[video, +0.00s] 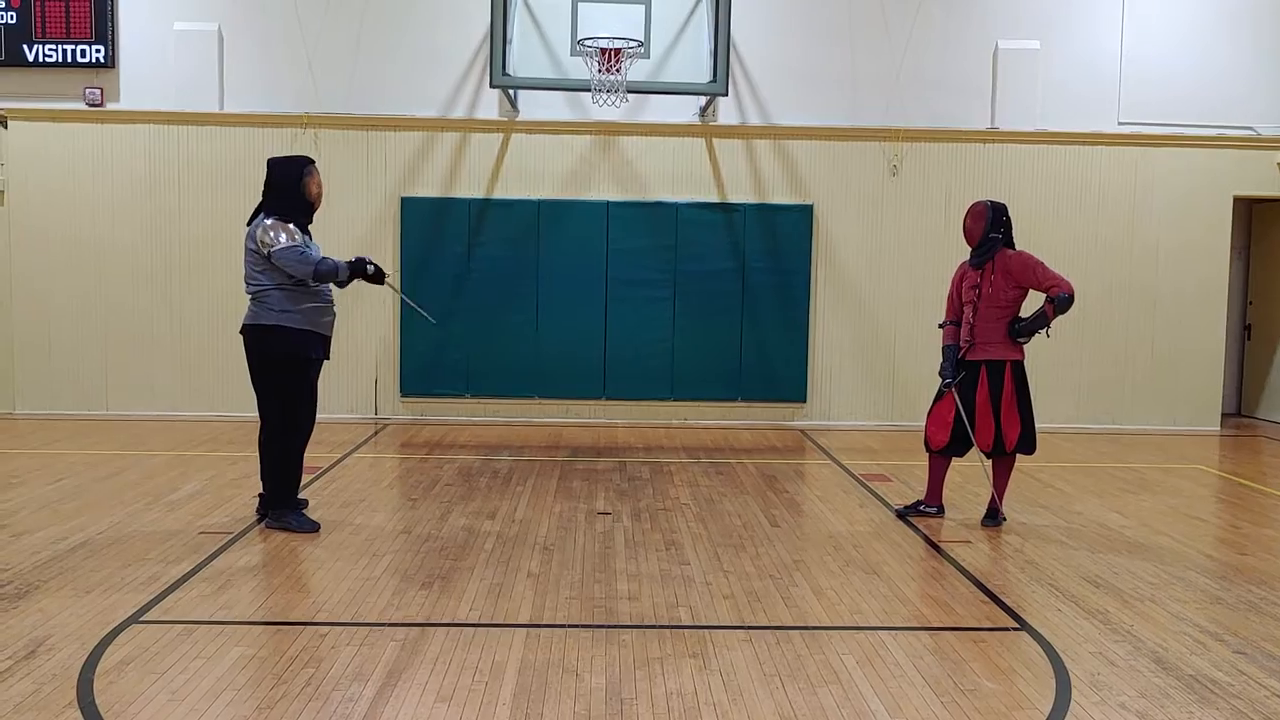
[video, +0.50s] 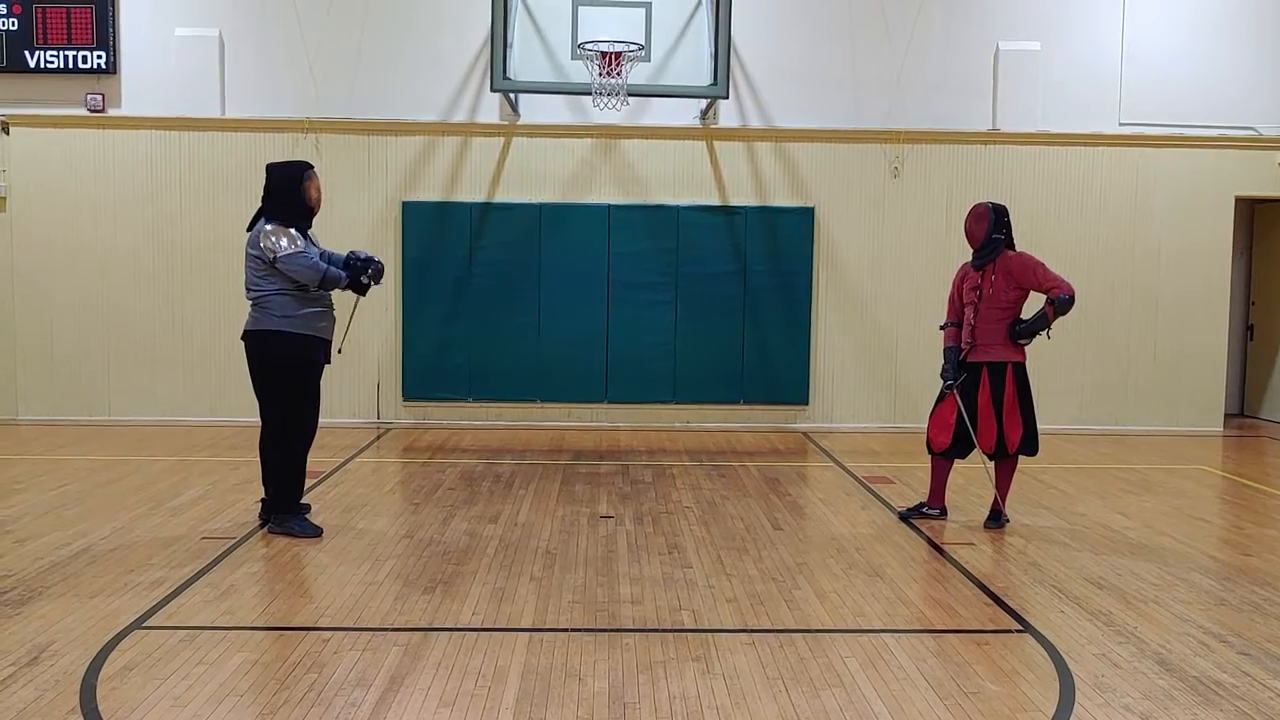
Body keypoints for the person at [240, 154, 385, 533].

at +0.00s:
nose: (320, 189)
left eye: (320, 182)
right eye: (314, 182)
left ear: (297, 186)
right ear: (293, 186)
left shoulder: (291, 229)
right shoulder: (273, 226)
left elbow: (313, 268)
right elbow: (304, 266)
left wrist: (354, 268)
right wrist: (352, 267)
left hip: (297, 338)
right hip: (277, 336)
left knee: (295, 419)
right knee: (286, 420)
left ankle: (278, 499)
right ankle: (279, 507)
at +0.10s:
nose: (319, 190)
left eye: (319, 183)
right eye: (314, 183)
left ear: (294, 187)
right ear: (293, 186)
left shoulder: (289, 228)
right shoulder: (273, 227)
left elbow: (310, 267)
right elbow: (308, 268)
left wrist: (351, 266)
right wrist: (351, 264)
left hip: (297, 337)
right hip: (280, 337)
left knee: (293, 420)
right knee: (287, 421)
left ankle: (279, 499)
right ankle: (280, 507)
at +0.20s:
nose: (319, 191)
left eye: (318, 184)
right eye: (313, 184)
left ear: (294, 188)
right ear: (292, 187)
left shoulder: (289, 229)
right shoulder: (273, 229)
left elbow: (317, 260)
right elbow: (312, 269)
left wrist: (354, 260)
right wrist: (353, 270)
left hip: (297, 339)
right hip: (280, 338)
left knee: (293, 421)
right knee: (288, 422)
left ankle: (279, 500)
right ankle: (281, 508)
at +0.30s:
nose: (319, 192)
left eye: (318, 184)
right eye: (313, 185)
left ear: (292, 190)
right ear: (293, 188)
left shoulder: (293, 230)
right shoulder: (273, 229)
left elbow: (320, 259)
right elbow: (307, 268)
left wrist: (359, 260)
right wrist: (347, 274)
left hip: (299, 339)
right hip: (280, 339)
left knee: (295, 421)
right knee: (287, 422)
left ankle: (280, 502)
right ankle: (282, 509)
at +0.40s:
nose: (319, 193)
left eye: (319, 186)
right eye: (314, 186)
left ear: (294, 191)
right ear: (294, 190)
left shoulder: (295, 232)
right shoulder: (272, 231)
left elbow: (323, 256)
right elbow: (307, 270)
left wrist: (360, 260)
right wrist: (346, 278)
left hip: (300, 340)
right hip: (279, 340)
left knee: (297, 424)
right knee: (286, 424)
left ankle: (281, 504)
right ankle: (281, 510)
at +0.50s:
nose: (319, 194)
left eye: (318, 187)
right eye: (314, 187)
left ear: (296, 191)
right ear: (295, 191)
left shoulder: (292, 232)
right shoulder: (274, 232)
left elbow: (320, 258)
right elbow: (309, 272)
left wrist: (354, 262)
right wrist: (346, 280)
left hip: (299, 342)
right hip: (279, 341)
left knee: (296, 424)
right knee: (287, 426)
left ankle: (282, 504)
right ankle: (282, 511)